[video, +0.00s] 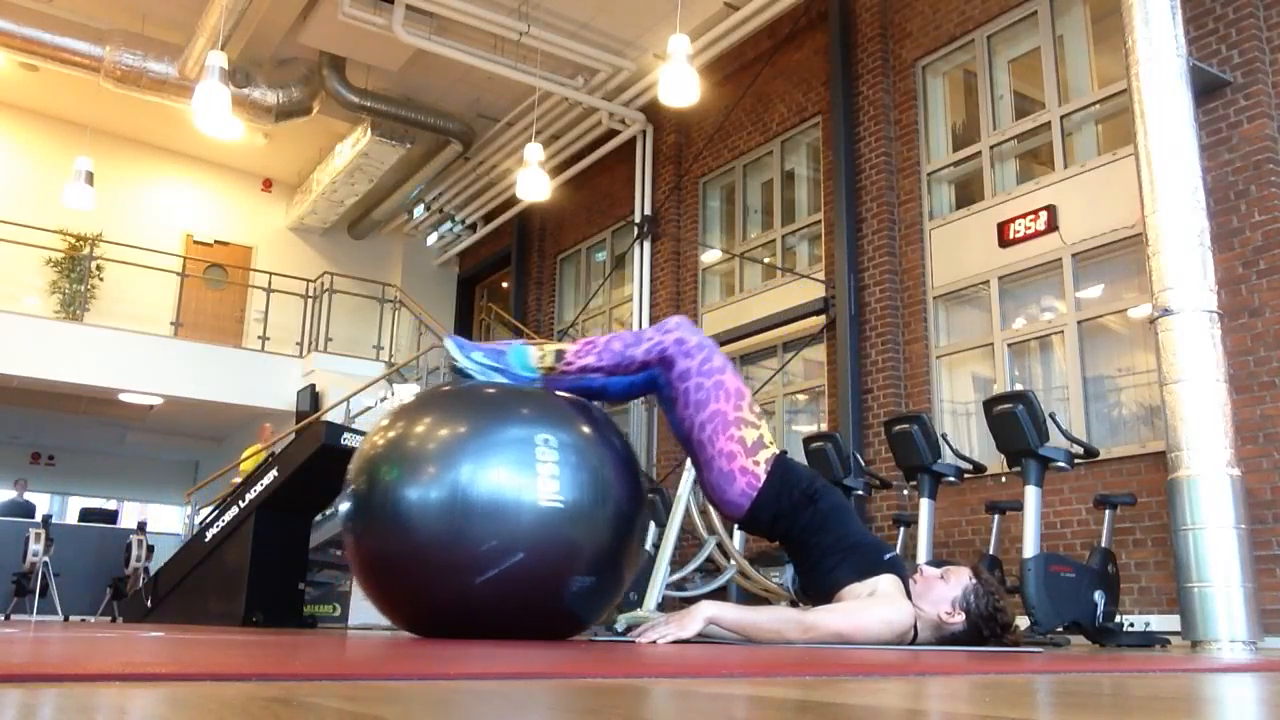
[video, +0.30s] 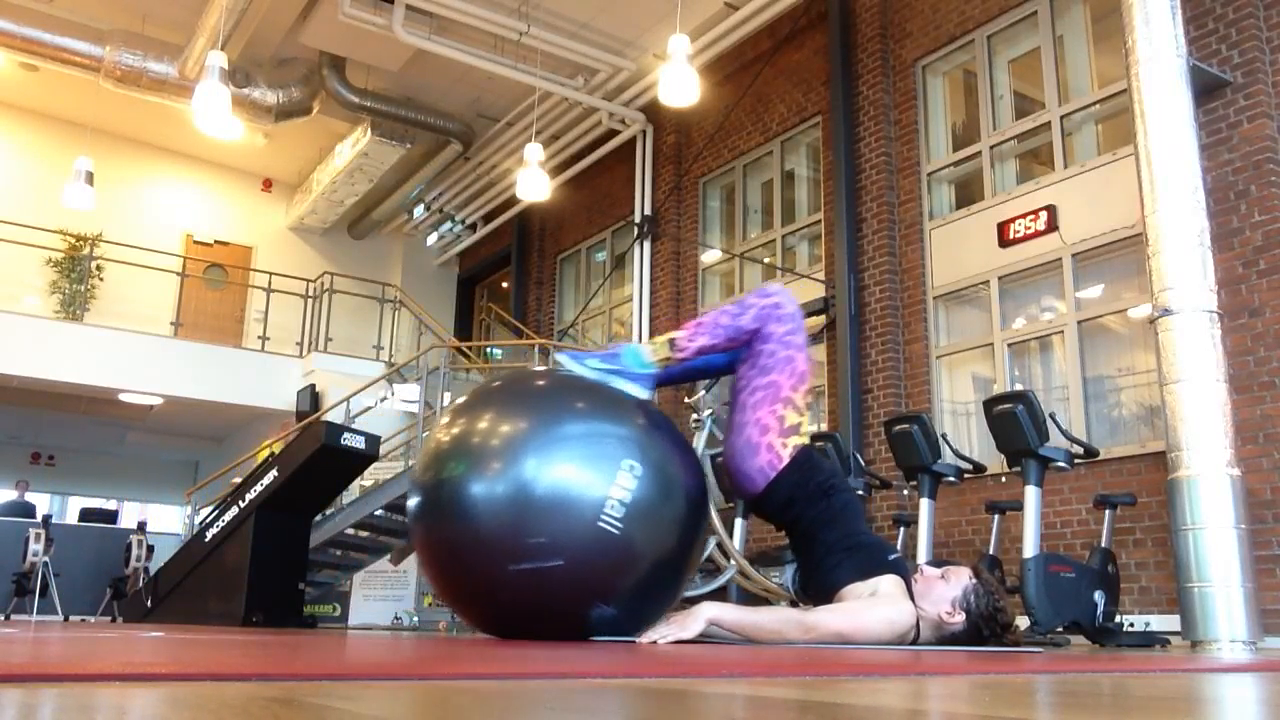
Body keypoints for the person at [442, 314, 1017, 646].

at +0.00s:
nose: (937, 569)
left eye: (949, 582)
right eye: (950, 569)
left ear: (946, 617)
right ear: (943, 603)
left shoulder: (893, 607)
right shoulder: (891, 593)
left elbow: (806, 626)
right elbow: (804, 620)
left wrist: (705, 613)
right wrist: (714, 617)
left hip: (751, 483)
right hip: (765, 472)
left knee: (679, 333)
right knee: (683, 345)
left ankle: (530, 364)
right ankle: (553, 386)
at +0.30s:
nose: (935, 563)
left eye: (947, 576)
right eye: (948, 566)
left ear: (947, 613)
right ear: (944, 611)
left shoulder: (891, 611)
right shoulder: (901, 601)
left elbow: (805, 626)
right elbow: (803, 622)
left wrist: (709, 614)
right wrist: (714, 616)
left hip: (764, 464)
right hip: (786, 465)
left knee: (778, 304)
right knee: (781, 310)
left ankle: (645, 365)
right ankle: (649, 369)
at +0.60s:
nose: (928, 569)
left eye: (942, 578)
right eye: (942, 568)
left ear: (949, 616)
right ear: (948, 614)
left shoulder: (896, 616)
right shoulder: (913, 612)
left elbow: (801, 627)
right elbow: (803, 626)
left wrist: (709, 614)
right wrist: (719, 618)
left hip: (790, 454)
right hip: (815, 458)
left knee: (847, 303)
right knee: (845, 309)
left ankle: (712, 365)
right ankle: (718, 370)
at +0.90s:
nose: (931, 569)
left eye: (943, 579)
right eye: (944, 570)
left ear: (947, 613)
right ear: (946, 611)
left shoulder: (894, 616)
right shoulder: (907, 607)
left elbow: (800, 627)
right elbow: (808, 624)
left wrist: (712, 615)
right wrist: (719, 620)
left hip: (782, 458)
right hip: (805, 458)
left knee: (810, 296)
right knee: (808, 317)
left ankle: (675, 358)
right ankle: (689, 371)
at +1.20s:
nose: (942, 567)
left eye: (951, 577)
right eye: (955, 569)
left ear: (946, 611)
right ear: (944, 598)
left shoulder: (892, 613)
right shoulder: (894, 600)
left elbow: (795, 629)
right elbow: (794, 625)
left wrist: (705, 616)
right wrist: (708, 619)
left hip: (765, 473)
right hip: (783, 465)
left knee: (722, 317)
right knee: (728, 321)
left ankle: (583, 364)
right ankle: (597, 370)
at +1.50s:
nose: (937, 569)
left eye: (949, 581)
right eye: (950, 570)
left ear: (946, 617)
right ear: (945, 605)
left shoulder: (892, 610)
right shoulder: (891, 594)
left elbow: (804, 626)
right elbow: (802, 621)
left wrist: (708, 618)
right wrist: (714, 622)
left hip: (756, 481)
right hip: (773, 467)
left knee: (665, 355)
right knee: (668, 351)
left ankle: (508, 361)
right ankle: (522, 363)